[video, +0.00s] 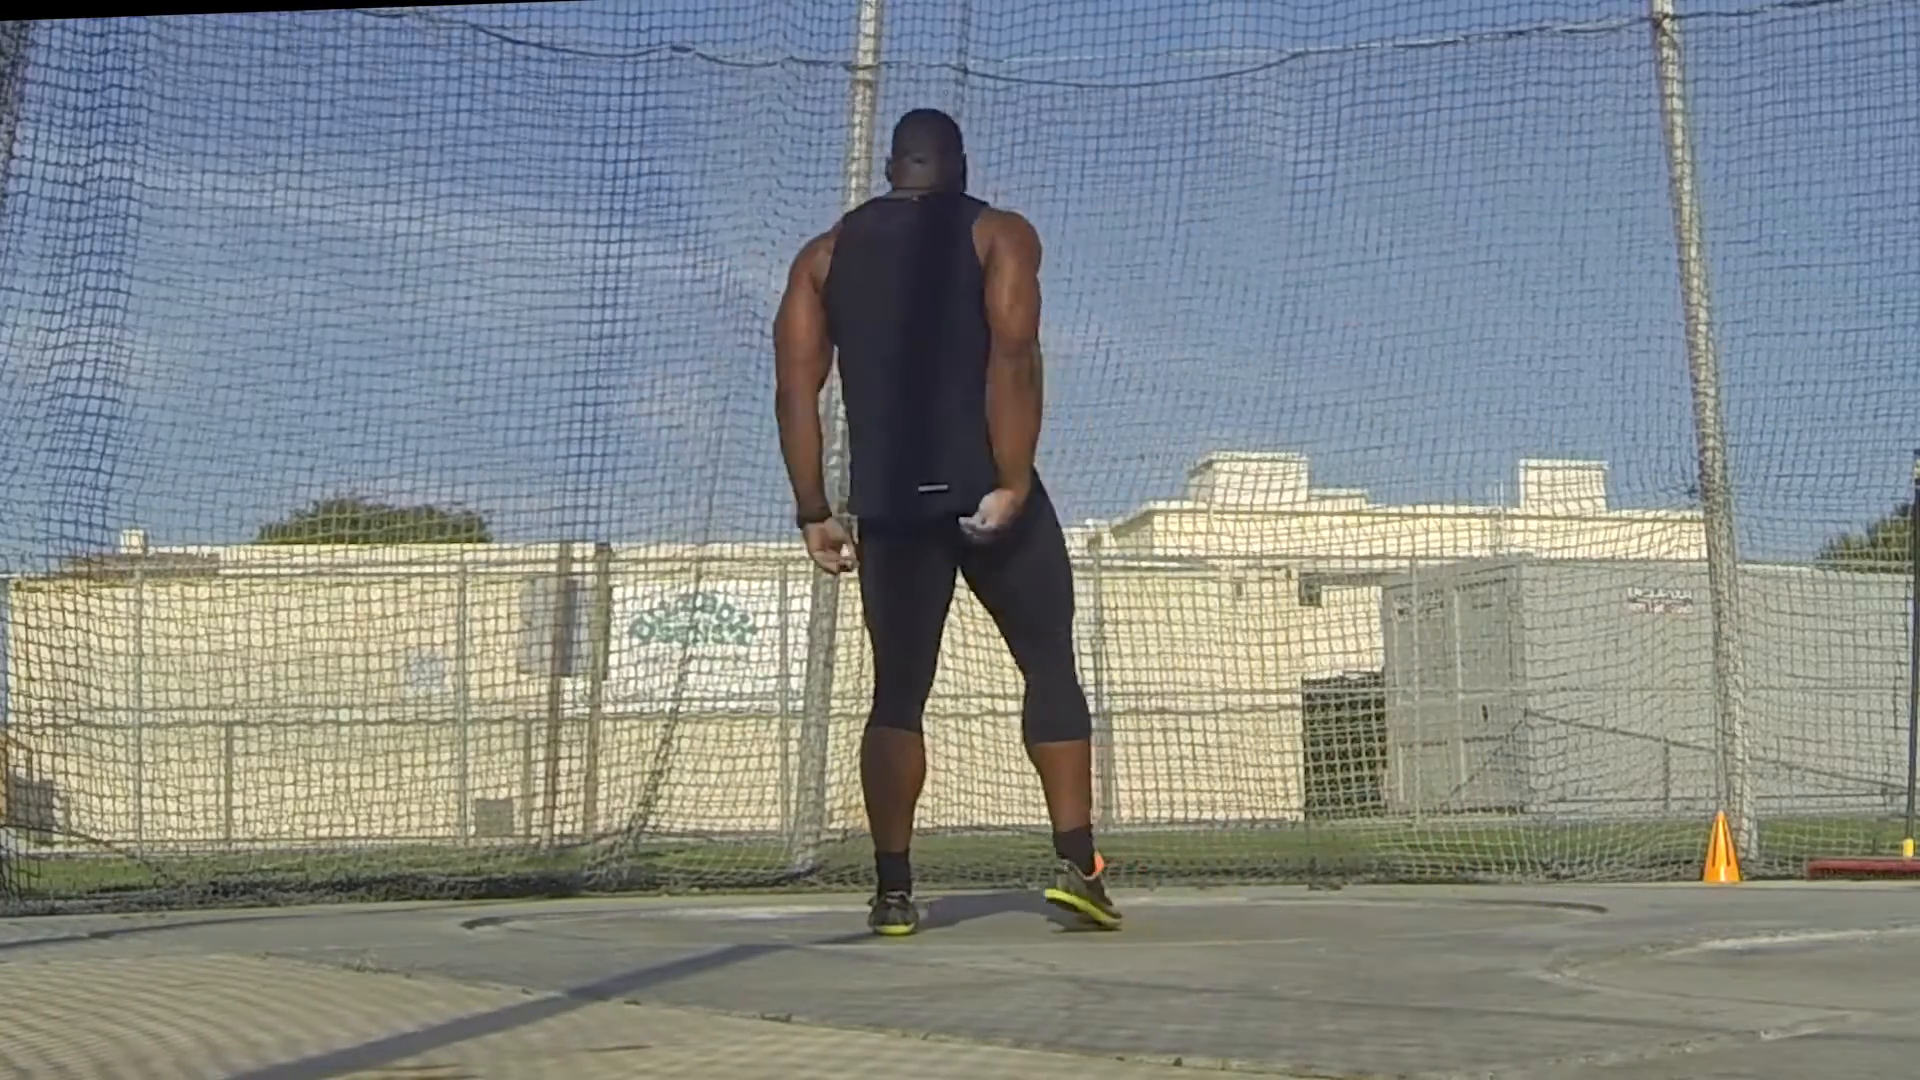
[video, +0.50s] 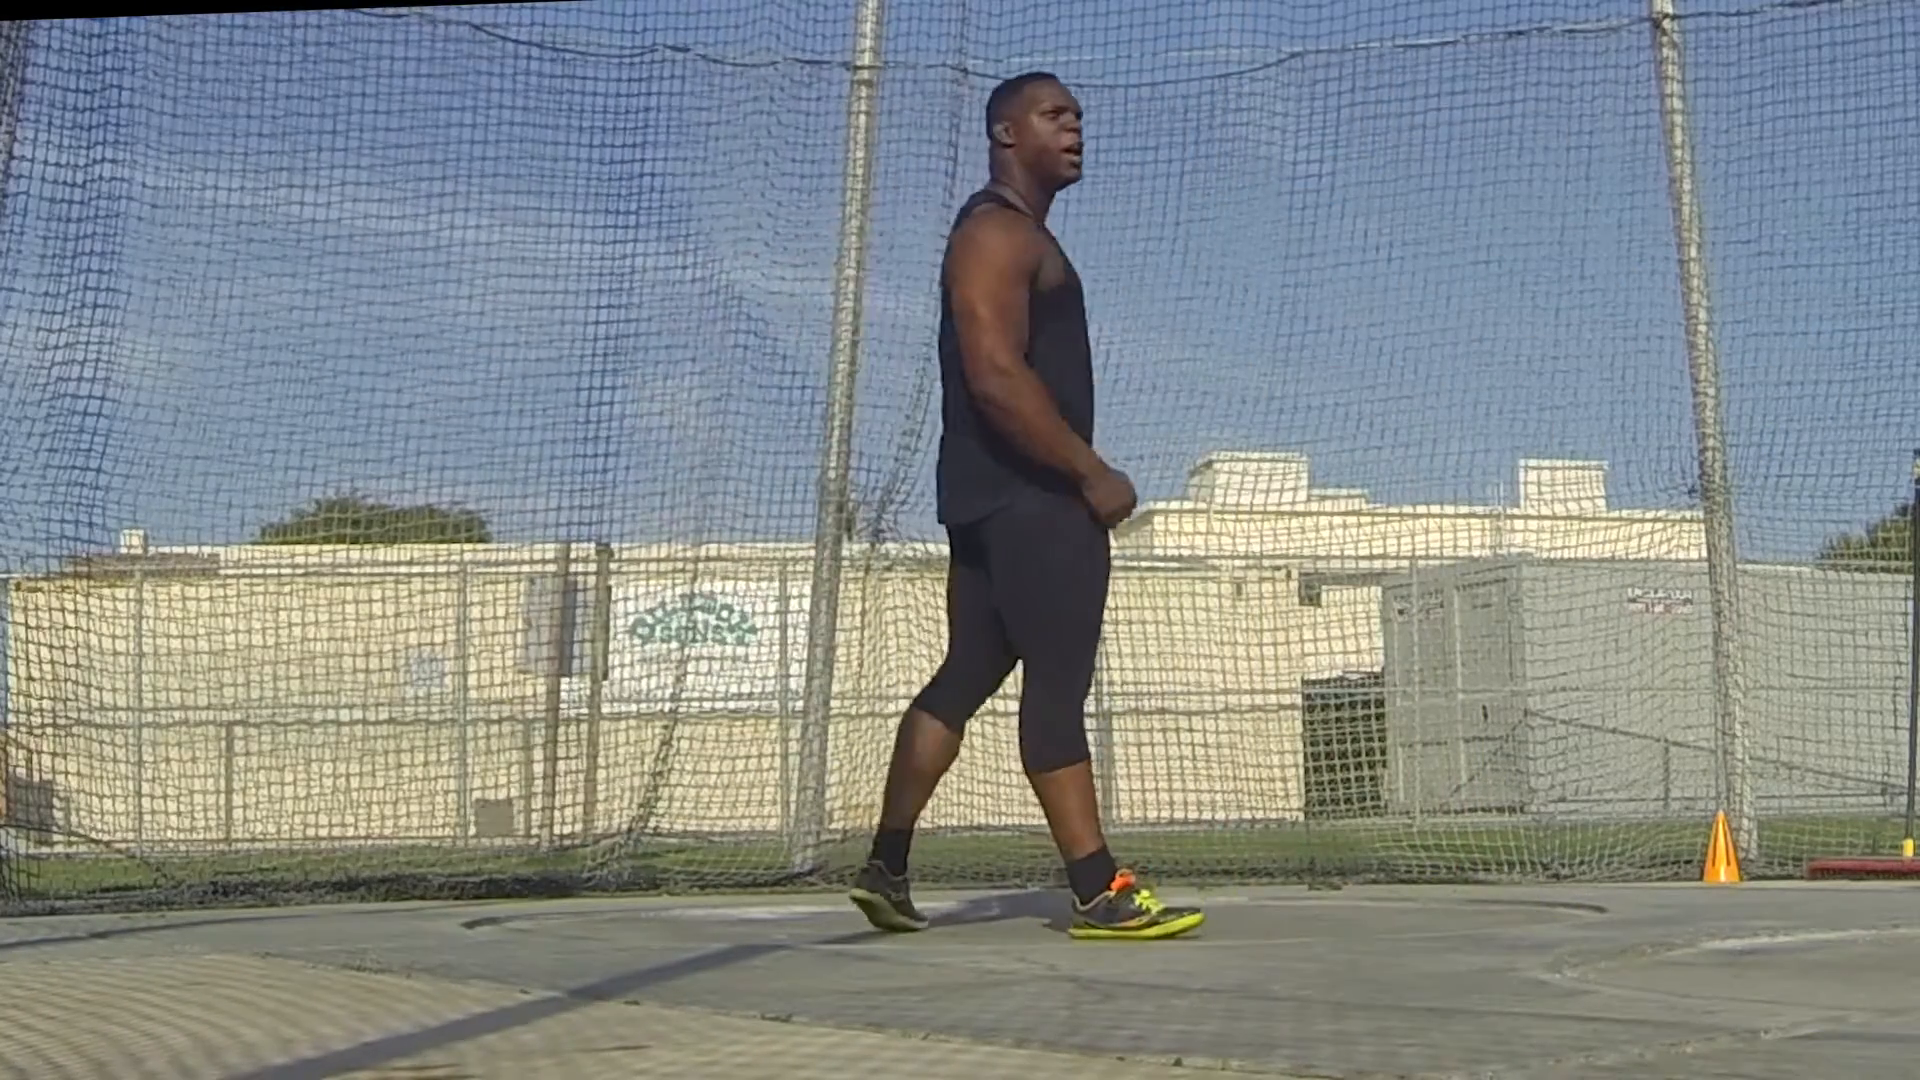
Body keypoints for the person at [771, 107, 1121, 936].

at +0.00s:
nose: (924, 172)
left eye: (911, 159)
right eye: (943, 159)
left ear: (888, 168)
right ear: (962, 169)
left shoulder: (824, 251)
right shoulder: (999, 232)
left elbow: (798, 384)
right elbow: (1013, 348)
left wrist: (811, 505)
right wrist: (1012, 477)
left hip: (890, 504)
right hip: (992, 495)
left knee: (896, 691)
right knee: (1049, 668)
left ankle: (893, 889)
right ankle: (1078, 864)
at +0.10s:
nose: (985, 182)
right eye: (985, 171)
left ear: (902, 168)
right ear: (977, 168)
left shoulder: (835, 252)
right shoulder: (995, 236)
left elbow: (800, 385)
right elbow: (1028, 358)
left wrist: (826, 506)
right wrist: (1073, 486)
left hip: (888, 502)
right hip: (989, 490)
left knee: (897, 692)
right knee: (1049, 665)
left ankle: (892, 888)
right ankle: (1070, 867)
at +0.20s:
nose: (1015, 171)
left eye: (1013, 155)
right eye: (1006, 155)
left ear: (930, 158)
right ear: (967, 155)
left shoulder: (856, 249)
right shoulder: (988, 237)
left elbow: (828, 391)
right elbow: (1032, 368)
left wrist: (865, 499)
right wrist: (1097, 473)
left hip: (898, 503)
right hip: (991, 491)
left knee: (905, 687)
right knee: (1049, 659)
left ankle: (894, 891)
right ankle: (1065, 874)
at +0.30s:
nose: (1031, 146)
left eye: (1027, 132)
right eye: (1013, 134)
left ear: (953, 159)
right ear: (964, 151)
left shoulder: (888, 246)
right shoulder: (987, 239)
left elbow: (870, 392)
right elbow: (1021, 377)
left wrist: (919, 468)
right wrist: (1100, 472)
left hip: (914, 502)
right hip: (1001, 492)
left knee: (918, 683)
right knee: (1052, 663)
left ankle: (891, 886)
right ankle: (1073, 879)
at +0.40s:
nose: (1051, 138)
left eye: (1050, 125)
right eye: (1034, 125)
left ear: (983, 151)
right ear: (983, 142)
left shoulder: (942, 237)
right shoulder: (987, 238)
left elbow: (945, 387)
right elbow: (1008, 380)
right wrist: (1098, 463)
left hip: (945, 497)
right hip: (1012, 493)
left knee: (928, 677)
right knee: (1051, 673)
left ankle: (875, 875)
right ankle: (1093, 881)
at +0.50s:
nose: (1077, 132)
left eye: (1077, 118)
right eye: (1058, 118)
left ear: (1032, 141)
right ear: (1007, 136)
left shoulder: (1005, 229)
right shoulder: (996, 231)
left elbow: (994, 379)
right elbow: (992, 374)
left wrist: (1077, 469)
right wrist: (1089, 469)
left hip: (990, 499)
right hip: (1031, 497)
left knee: (968, 671)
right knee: (1057, 681)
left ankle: (886, 864)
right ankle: (1098, 888)